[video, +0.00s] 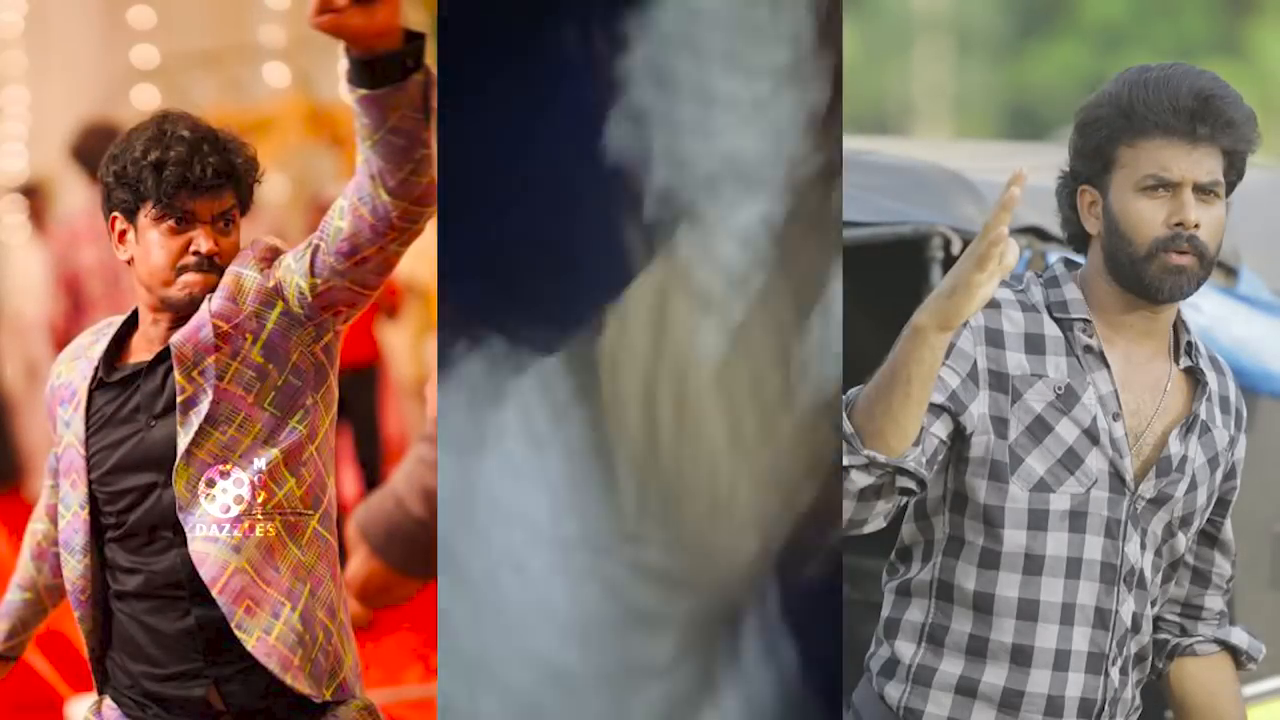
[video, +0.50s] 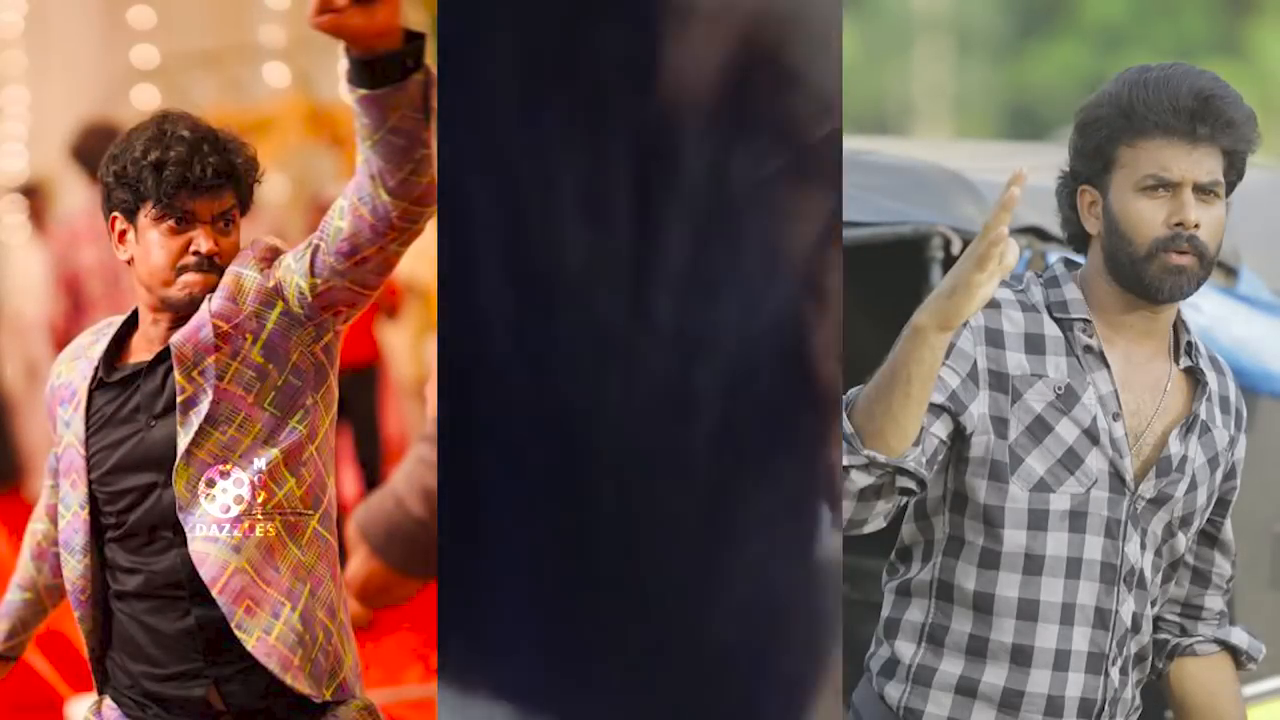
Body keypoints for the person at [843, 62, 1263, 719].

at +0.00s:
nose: (1187, 217)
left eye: (1207, 194)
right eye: (1157, 190)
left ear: (1227, 208)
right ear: (1092, 208)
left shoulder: (1219, 398)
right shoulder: (984, 329)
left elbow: (1193, 618)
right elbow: (851, 507)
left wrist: (1226, 711)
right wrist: (932, 327)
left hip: (1106, 709)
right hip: (937, 702)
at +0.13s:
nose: (1187, 217)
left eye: (1207, 194)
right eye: (1157, 190)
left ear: (1227, 208)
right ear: (1092, 208)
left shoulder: (1219, 398)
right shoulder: (984, 328)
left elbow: (1193, 617)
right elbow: (854, 506)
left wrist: (1226, 711)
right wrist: (931, 327)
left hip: (1106, 709)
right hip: (935, 702)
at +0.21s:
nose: (1188, 217)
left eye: (1207, 194)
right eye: (1157, 190)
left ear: (1227, 208)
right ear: (1092, 208)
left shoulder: (1219, 397)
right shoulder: (985, 329)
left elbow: (1193, 618)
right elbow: (851, 505)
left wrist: (1226, 711)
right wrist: (931, 326)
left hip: (1106, 709)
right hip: (935, 702)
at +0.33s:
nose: (1188, 217)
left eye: (1207, 194)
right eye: (1157, 190)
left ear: (1227, 208)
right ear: (1092, 208)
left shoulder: (1219, 397)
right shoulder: (984, 328)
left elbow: (1193, 619)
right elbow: (851, 508)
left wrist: (1226, 712)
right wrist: (931, 327)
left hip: (1105, 711)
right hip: (934, 703)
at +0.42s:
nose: (1187, 217)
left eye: (1207, 194)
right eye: (1157, 190)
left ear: (1227, 208)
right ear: (1092, 208)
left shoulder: (1219, 398)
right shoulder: (984, 328)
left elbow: (1193, 616)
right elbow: (856, 506)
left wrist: (1225, 711)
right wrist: (932, 326)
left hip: (1105, 709)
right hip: (935, 701)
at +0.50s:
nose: (1187, 217)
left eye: (1207, 194)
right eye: (1157, 190)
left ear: (1227, 208)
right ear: (1092, 208)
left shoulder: (1219, 398)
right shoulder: (984, 329)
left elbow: (1193, 615)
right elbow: (851, 508)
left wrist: (1225, 711)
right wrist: (931, 328)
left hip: (1105, 709)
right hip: (934, 702)